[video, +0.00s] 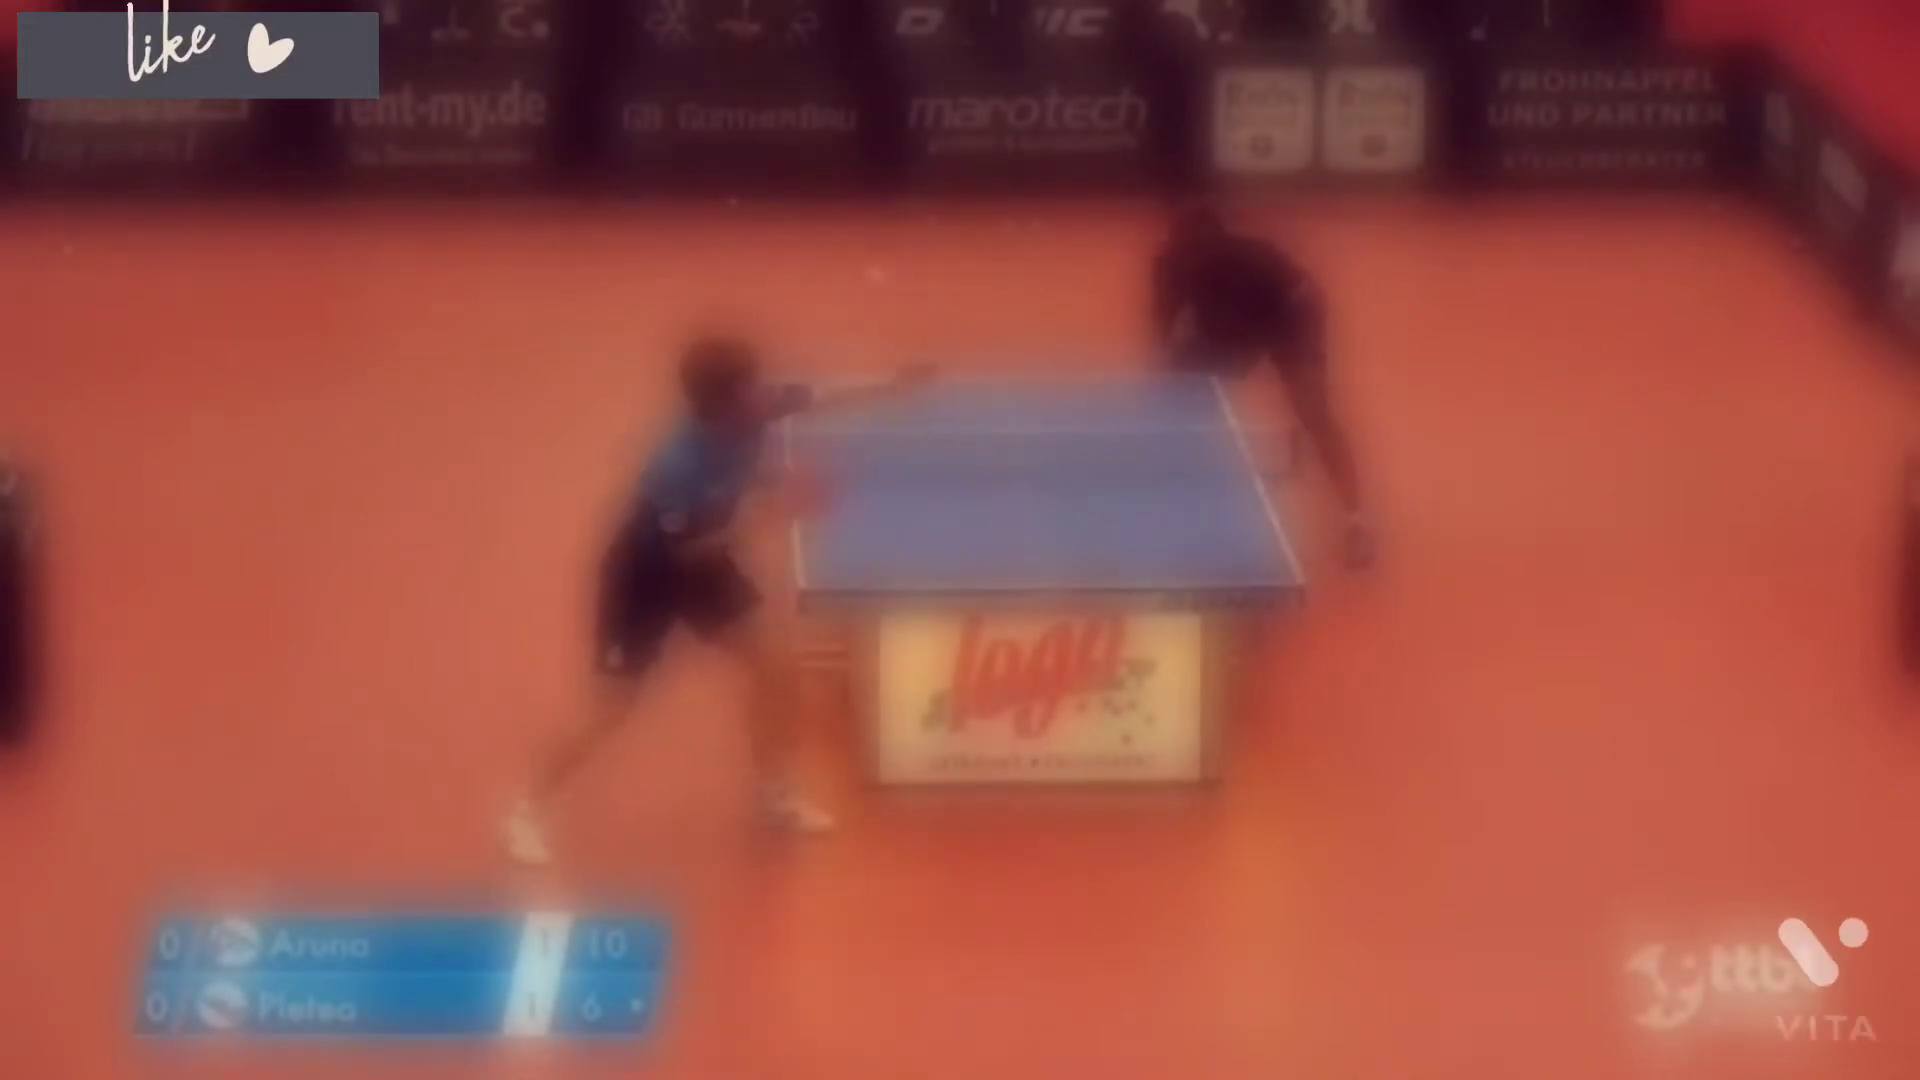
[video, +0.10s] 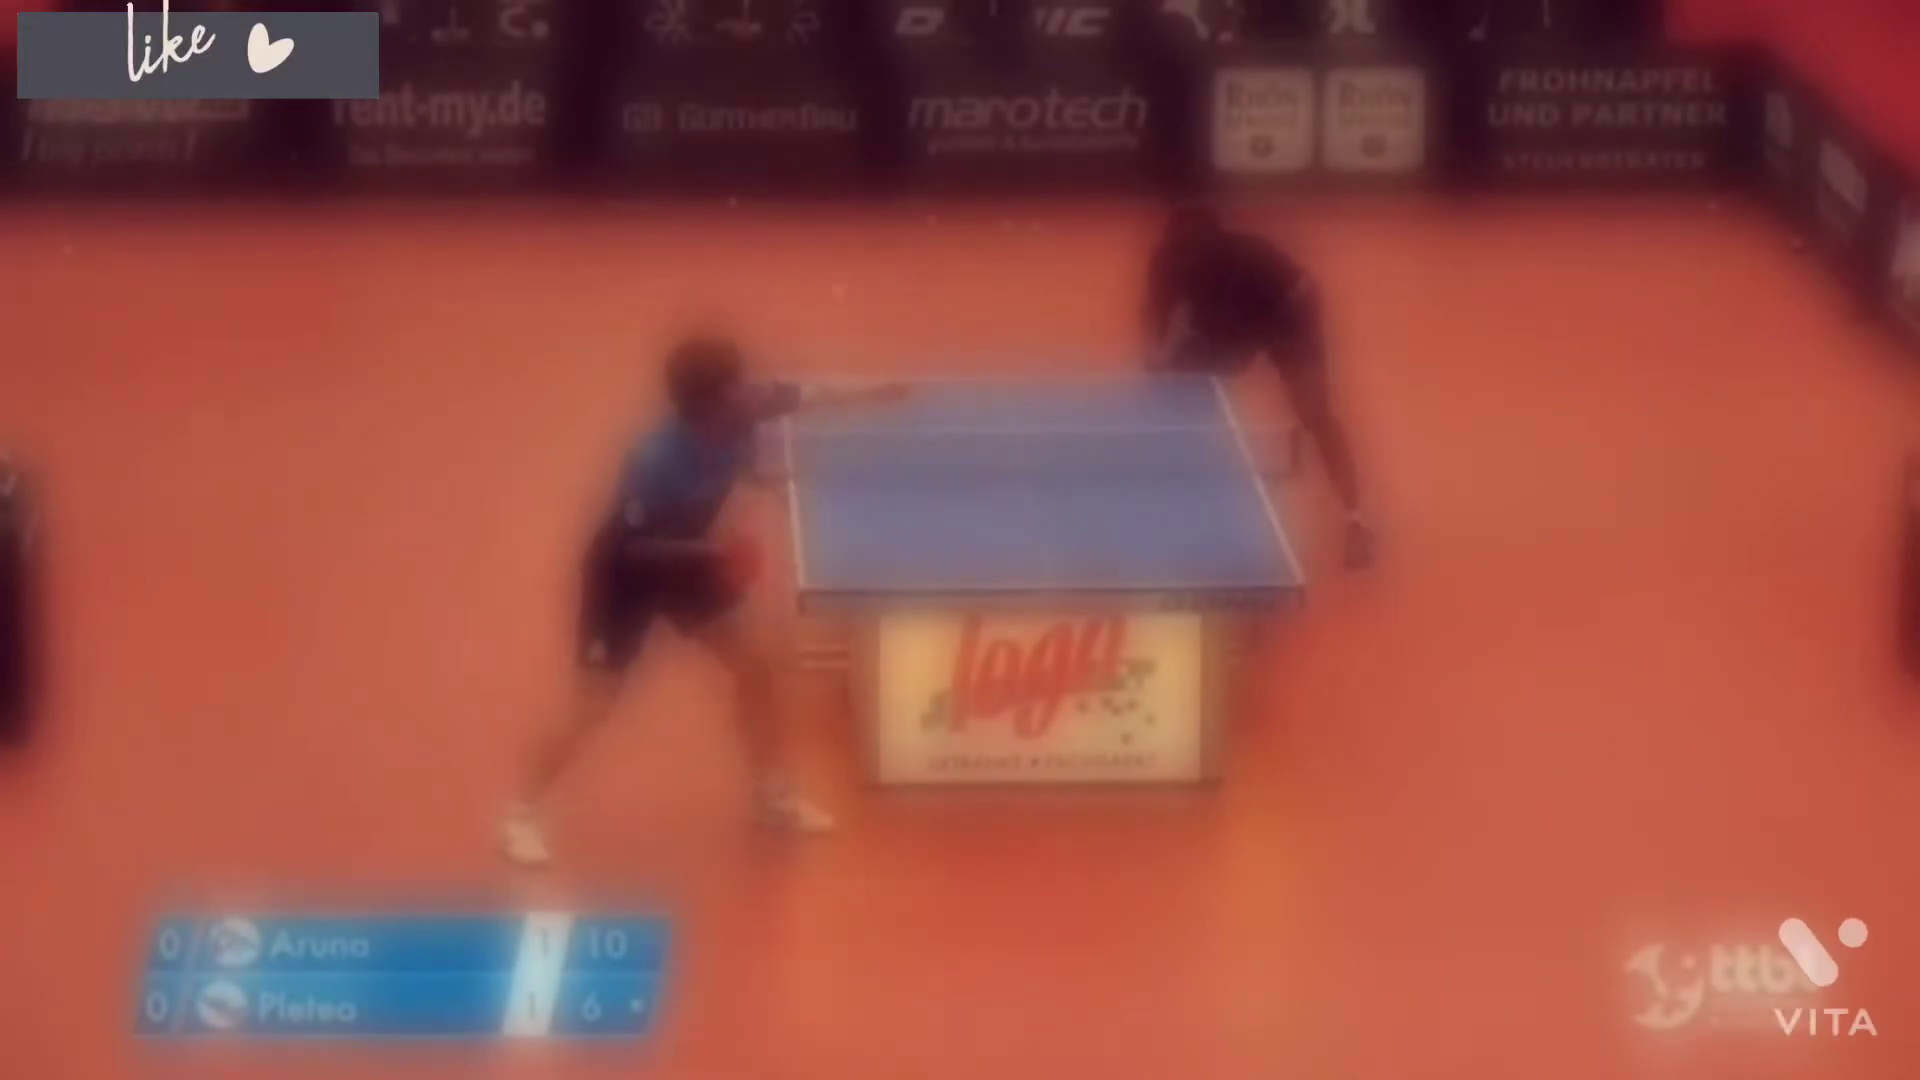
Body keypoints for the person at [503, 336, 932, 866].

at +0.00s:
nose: (754, 397)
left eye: (752, 386)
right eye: (744, 390)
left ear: (745, 392)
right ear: (716, 397)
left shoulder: (749, 417)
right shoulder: (685, 458)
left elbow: (814, 400)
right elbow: (685, 544)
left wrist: (891, 391)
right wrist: (766, 505)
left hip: (702, 560)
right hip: (644, 569)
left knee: (771, 662)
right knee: (614, 703)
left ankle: (776, 792)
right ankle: (531, 807)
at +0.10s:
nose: (743, 397)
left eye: (740, 386)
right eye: (732, 389)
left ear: (736, 386)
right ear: (704, 396)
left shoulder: (734, 420)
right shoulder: (662, 455)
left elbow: (797, 397)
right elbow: (629, 544)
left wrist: (879, 395)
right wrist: (710, 551)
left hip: (688, 563)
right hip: (626, 570)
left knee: (755, 665)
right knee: (595, 699)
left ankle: (772, 793)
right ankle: (524, 811)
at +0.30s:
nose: (756, 437)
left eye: (756, 426)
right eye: (748, 429)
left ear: (755, 425)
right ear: (716, 429)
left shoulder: (746, 440)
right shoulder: (661, 460)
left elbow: (801, 435)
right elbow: (595, 533)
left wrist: (861, 475)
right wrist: (619, 535)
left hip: (678, 552)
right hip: (617, 557)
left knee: (765, 629)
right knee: (583, 693)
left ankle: (728, 741)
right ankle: (522, 810)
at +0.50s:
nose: (832, 493)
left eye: (840, 484)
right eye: (835, 482)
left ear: (824, 456)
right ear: (818, 468)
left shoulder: (784, 454)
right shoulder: (755, 470)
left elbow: (752, 433)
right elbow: (678, 482)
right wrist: (718, 516)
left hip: (699, 576)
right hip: (644, 579)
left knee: (766, 673)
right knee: (614, 717)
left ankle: (732, 798)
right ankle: (528, 812)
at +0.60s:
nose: (876, 453)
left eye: (882, 442)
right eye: (877, 443)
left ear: (841, 416)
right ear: (862, 441)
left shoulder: (797, 430)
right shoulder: (787, 461)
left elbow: (742, 422)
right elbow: (776, 495)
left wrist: (679, 423)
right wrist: (822, 518)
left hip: (723, 582)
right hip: (670, 587)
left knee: (782, 681)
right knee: (660, 732)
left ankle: (732, 799)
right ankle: (548, 798)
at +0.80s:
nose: (901, 346)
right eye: (904, 337)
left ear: (853, 336)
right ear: (906, 345)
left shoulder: (809, 384)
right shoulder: (901, 413)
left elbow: (741, 403)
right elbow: (967, 467)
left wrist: (695, 427)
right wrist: (981, 455)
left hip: (757, 563)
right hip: (817, 575)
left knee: (765, 678)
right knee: (867, 706)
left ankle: (732, 802)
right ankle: (807, 818)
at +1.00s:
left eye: (894, 365)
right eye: (926, 368)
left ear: (880, 373)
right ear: (937, 379)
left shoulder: (847, 423)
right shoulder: (951, 447)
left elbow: (775, 457)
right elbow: (1019, 522)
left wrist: (781, 489)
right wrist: (1007, 487)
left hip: (831, 615)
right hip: (906, 621)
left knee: (776, 711)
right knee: (989, 736)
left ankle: (738, 835)